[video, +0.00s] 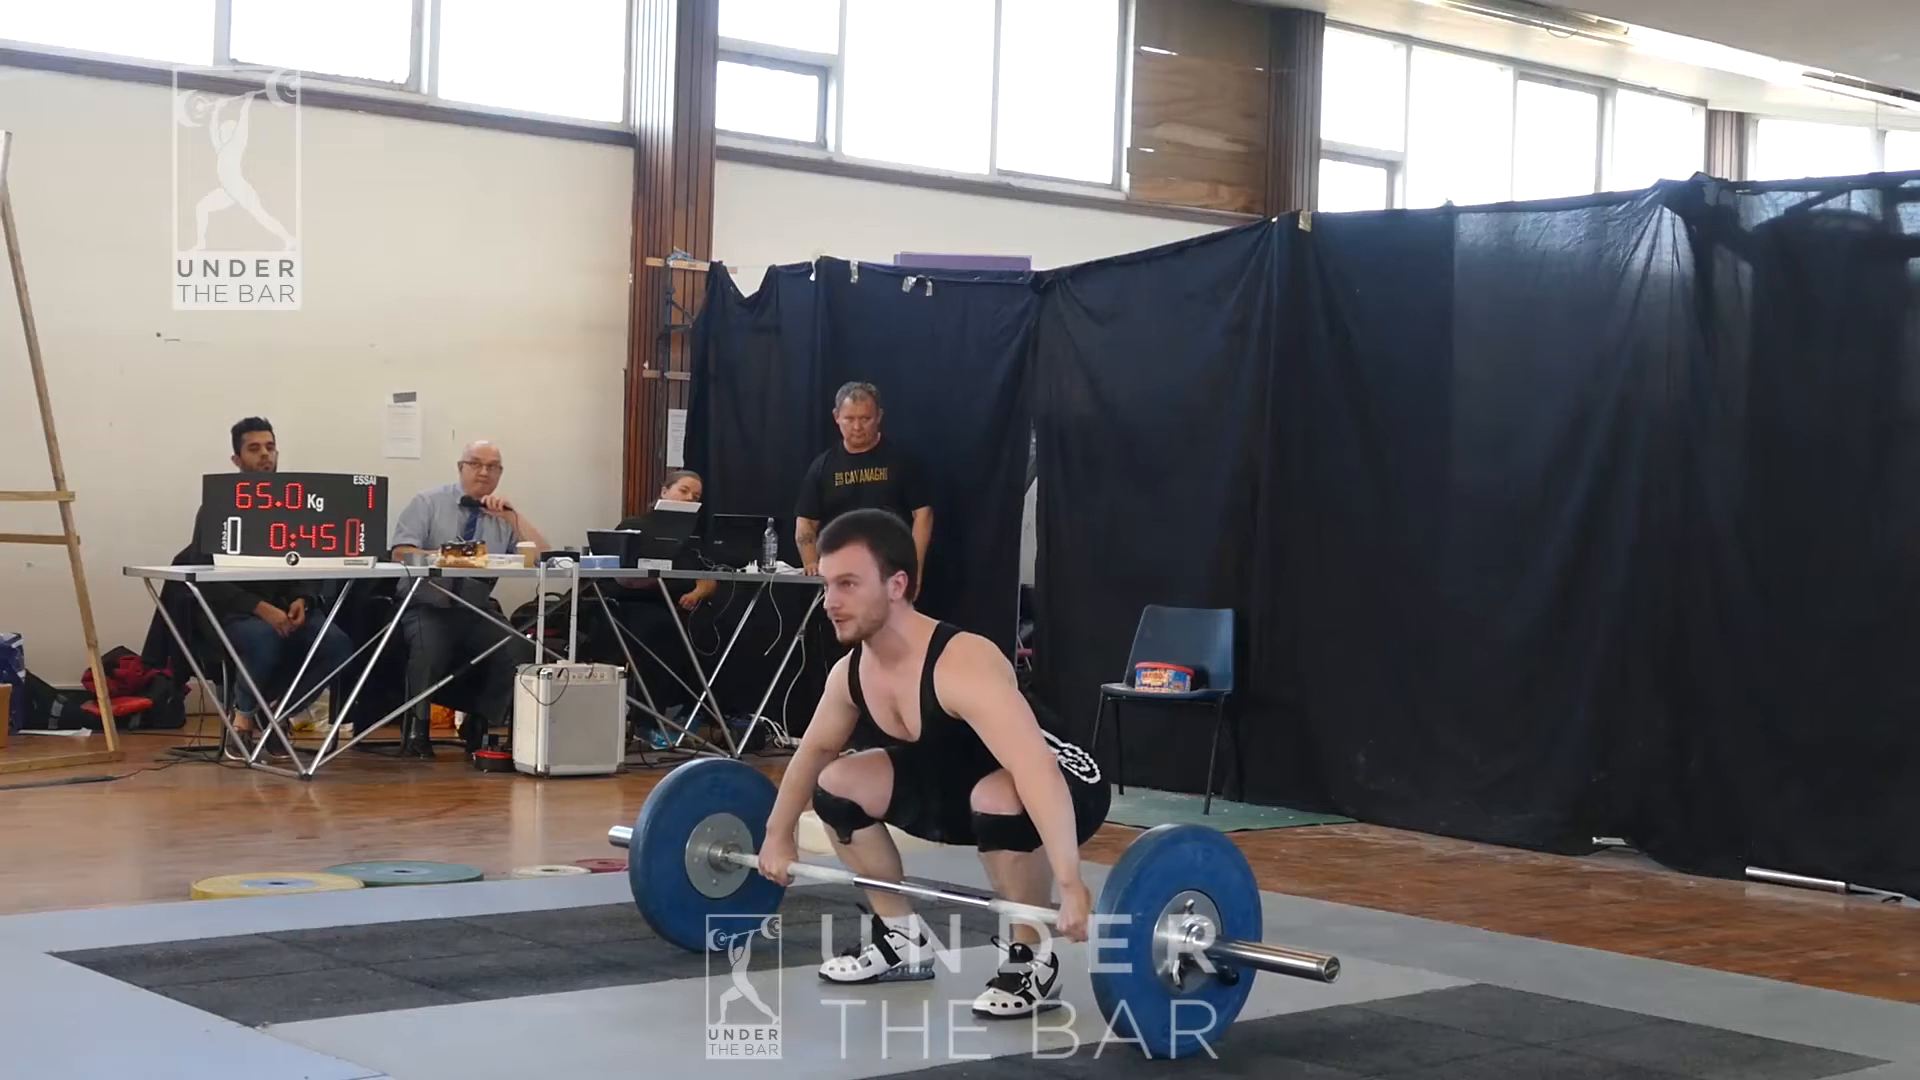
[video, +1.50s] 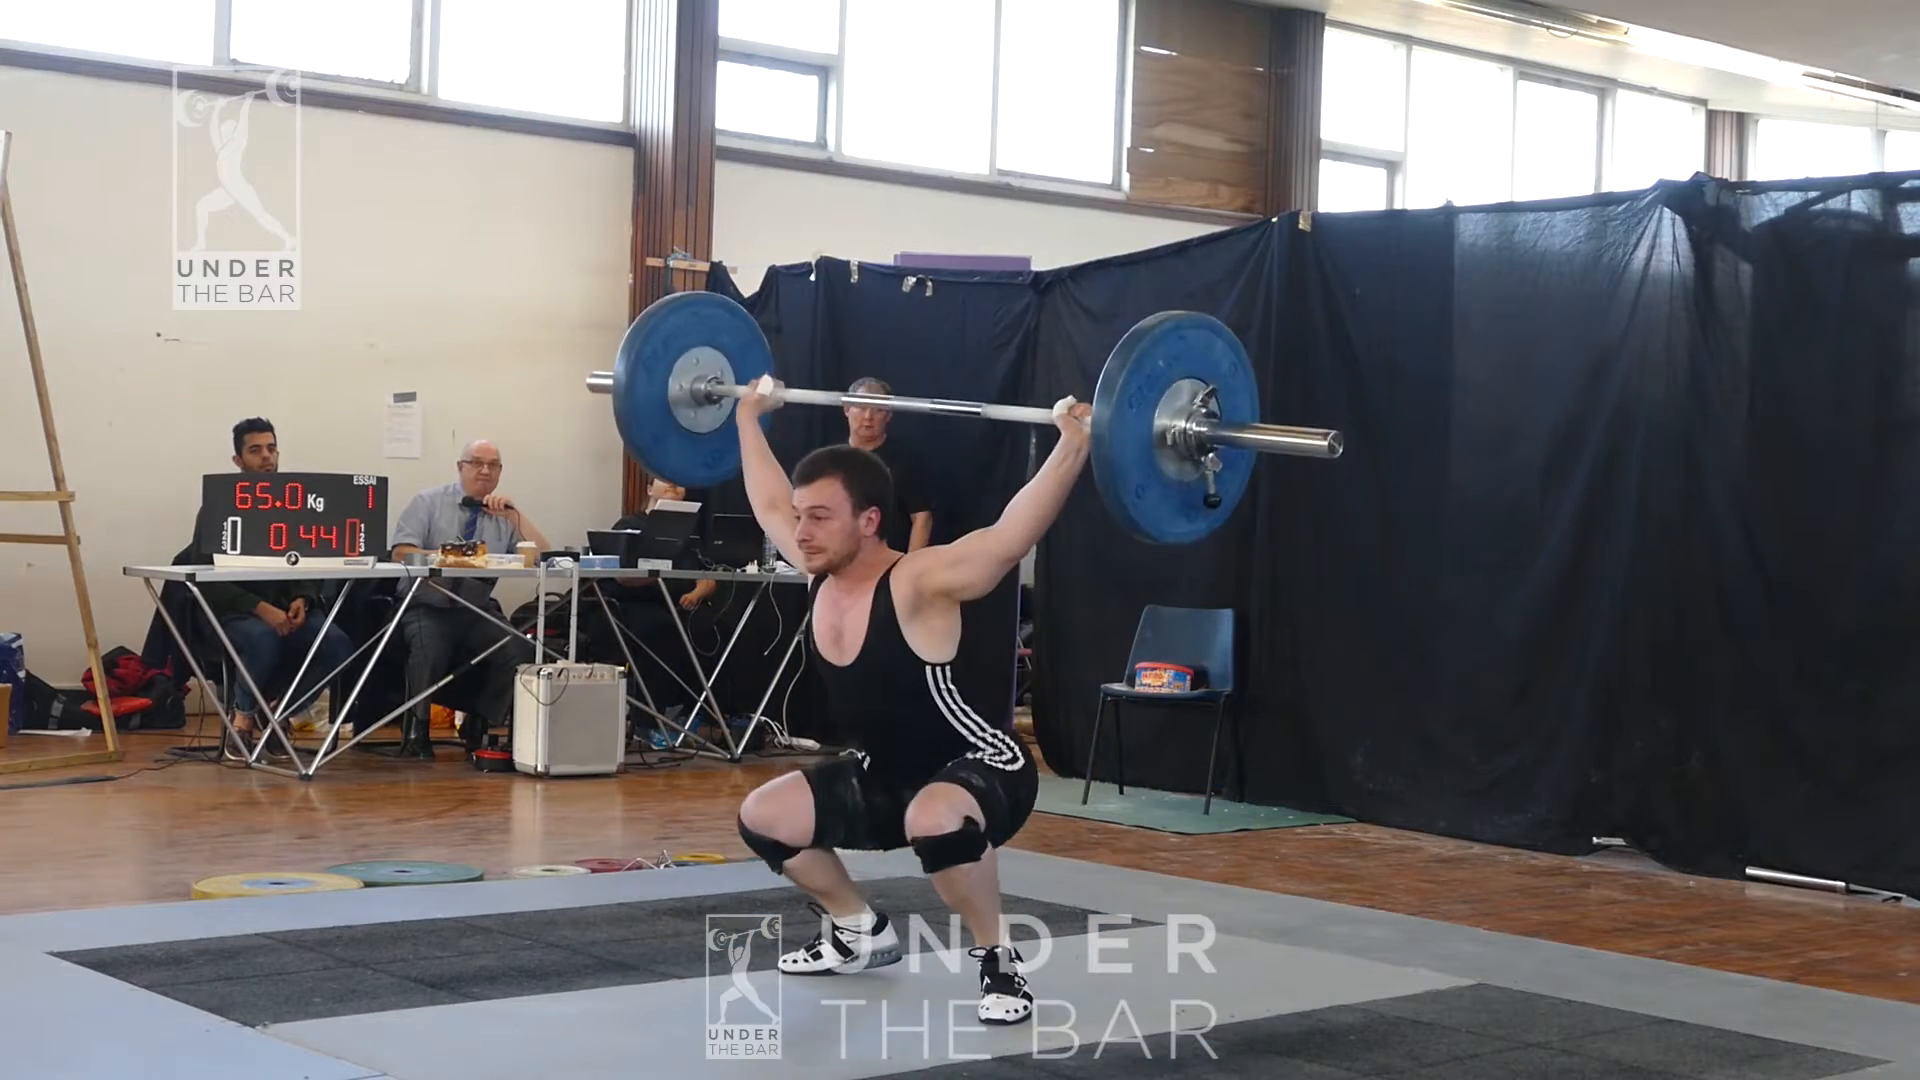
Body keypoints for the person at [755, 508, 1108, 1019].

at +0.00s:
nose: (831, 601)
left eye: (847, 584)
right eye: (826, 587)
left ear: (897, 586)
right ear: (821, 586)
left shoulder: (963, 662)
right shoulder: (848, 677)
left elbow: (1035, 765)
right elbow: (815, 751)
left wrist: (1070, 882)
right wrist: (779, 829)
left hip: (1055, 783)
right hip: (960, 782)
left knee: (995, 798)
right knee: (839, 787)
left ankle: (1030, 959)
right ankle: (902, 940)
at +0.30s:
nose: (829, 587)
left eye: (848, 572)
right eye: (826, 572)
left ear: (896, 582)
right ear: (820, 575)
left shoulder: (960, 659)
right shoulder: (844, 671)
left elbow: (1042, 758)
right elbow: (811, 742)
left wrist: (1070, 872)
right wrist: (774, 825)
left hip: (1040, 766)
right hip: (953, 768)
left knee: (997, 791)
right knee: (839, 785)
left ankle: (1029, 958)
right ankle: (900, 938)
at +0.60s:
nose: (833, 467)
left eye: (852, 455)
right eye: (830, 455)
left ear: (898, 474)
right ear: (824, 466)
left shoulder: (957, 544)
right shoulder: (845, 555)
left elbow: (1058, 616)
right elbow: (811, 616)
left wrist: (1077, 731)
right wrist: (774, 696)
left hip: (1046, 657)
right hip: (962, 664)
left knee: (1033, 769)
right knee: (884, 762)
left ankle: (1035, 956)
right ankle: (901, 937)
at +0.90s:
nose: (1006, 262)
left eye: (1028, 256)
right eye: (1005, 255)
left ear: (1065, 289)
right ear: (995, 279)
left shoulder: (1063, 365)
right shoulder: (949, 365)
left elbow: (1091, 441)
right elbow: (861, 432)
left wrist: (1070, 510)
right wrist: (764, 489)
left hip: (989, 578)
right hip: (906, 575)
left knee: (984, 739)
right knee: (877, 736)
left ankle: (1021, 934)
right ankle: (879, 913)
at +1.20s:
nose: (864, 469)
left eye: (880, 455)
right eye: (861, 457)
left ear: (928, 464)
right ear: (859, 462)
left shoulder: (967, 528)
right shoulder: (865, 524)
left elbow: (1051, 491)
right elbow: (795, 473)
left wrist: (1069, 395)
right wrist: (750, 381)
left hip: (997, 743)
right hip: (902, 747)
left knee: (974, 806)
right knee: (783, 797)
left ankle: (1004, 961)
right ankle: (863, 932)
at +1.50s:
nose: (804, 531)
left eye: (818, 517)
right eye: (800, 517)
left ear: (868, 520)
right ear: (797, 524)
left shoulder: (923, 579)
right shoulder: (823, 577)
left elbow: (1009, 537)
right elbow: (774, 509)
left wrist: (1072, 447)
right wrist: (748, 418)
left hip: (982, 767)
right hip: (886, 776)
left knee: (934, 819)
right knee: (764, 815)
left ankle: (997, 960)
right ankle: (860, 930)